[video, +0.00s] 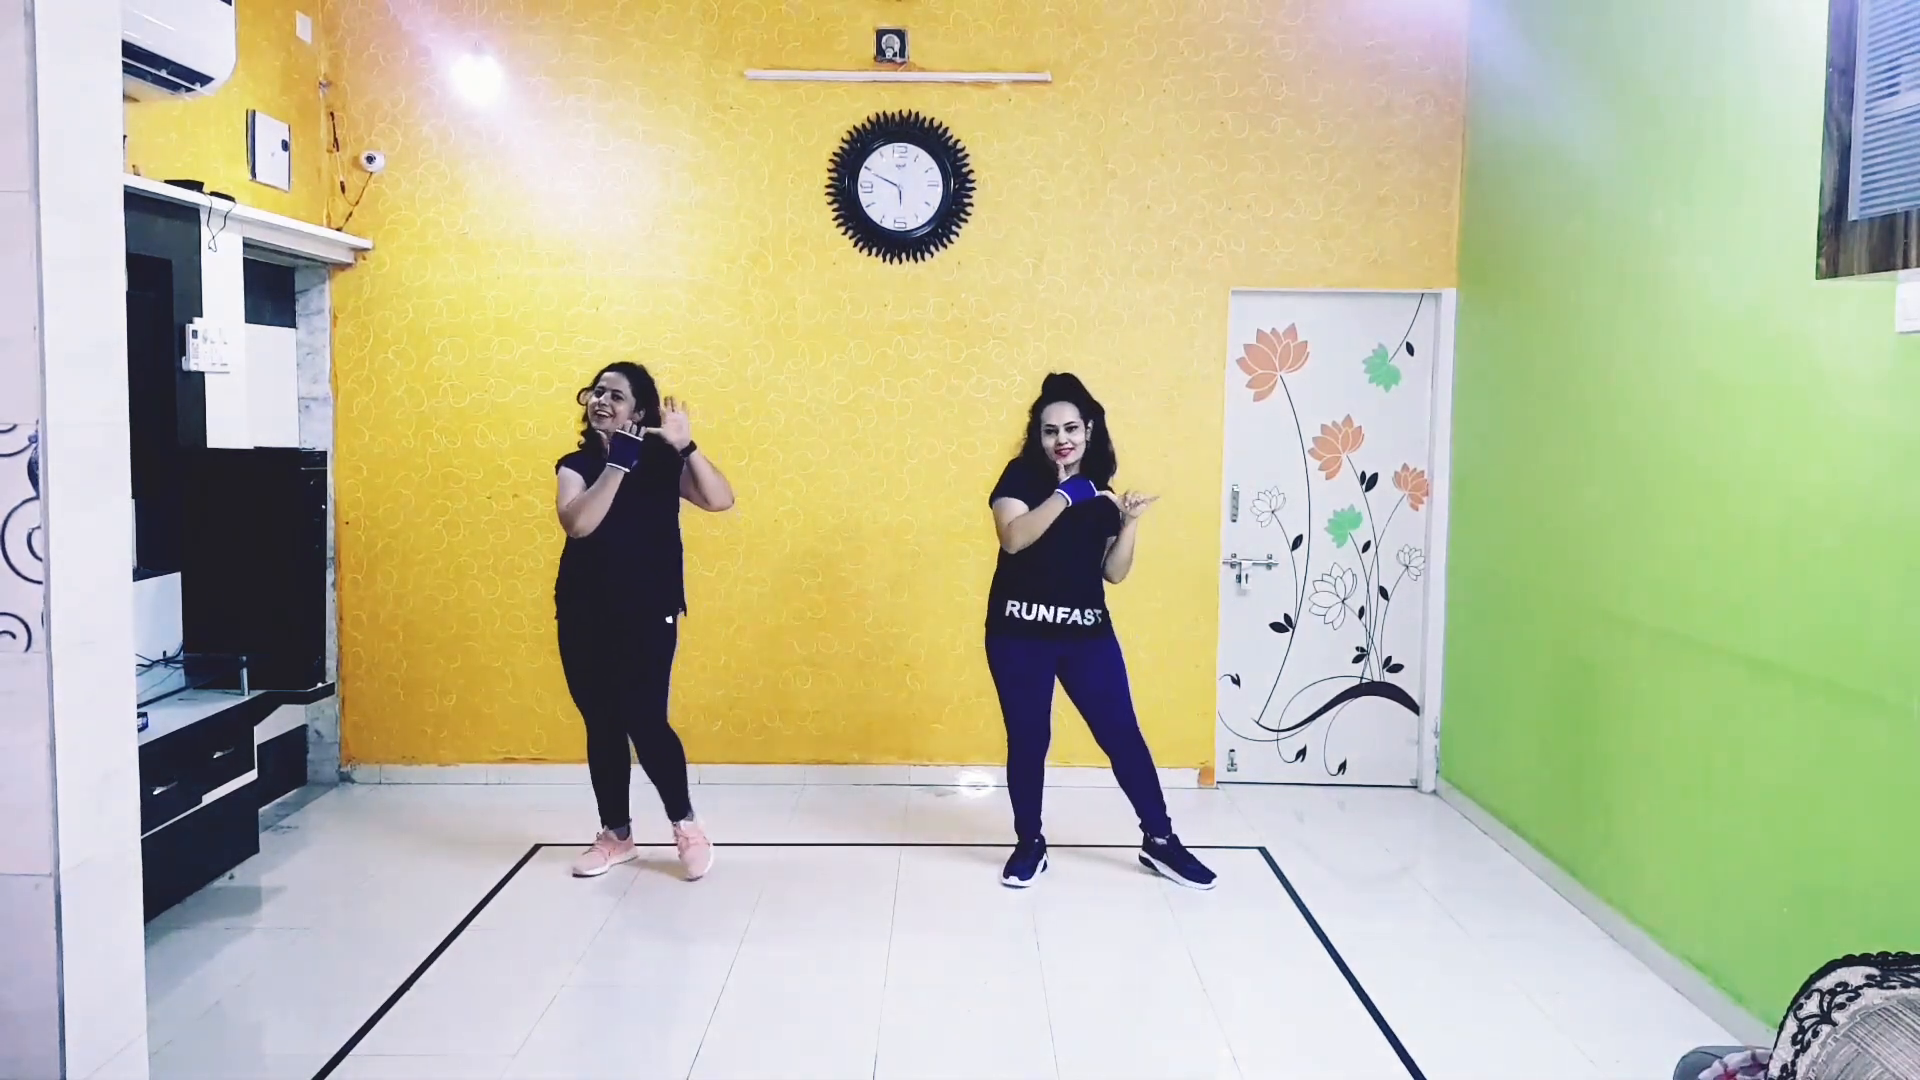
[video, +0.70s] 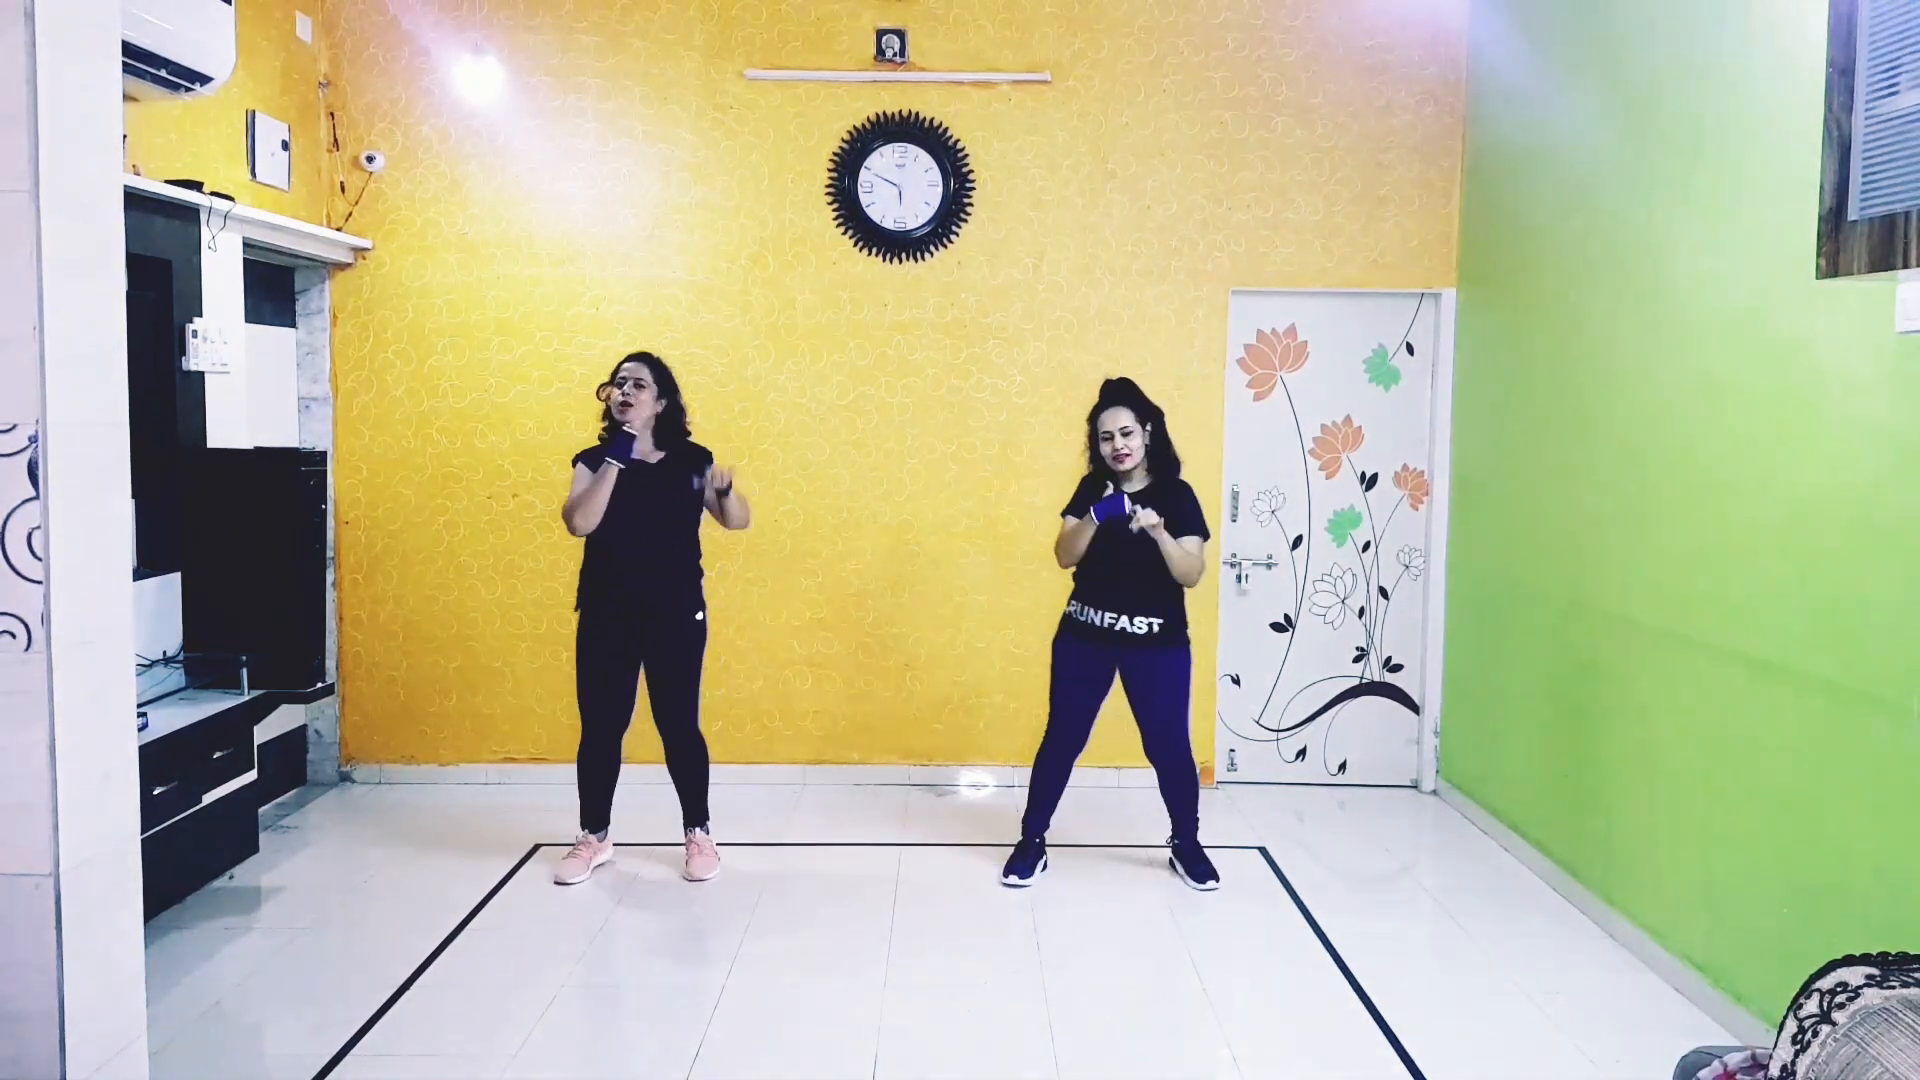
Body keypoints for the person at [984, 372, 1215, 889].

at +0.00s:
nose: (1063, 439)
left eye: (1072, 428)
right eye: (1051, 430)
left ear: (1089, 431)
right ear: (1037, 434)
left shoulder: (1101, 496)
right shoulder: (1019, 477)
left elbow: (1115, 573)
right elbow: (1012, 538)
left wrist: (1128, 525)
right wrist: (1063, 495)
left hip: (1086, 632)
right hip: (1019, 631)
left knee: (1123, 736)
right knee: (1027, 742)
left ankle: (1160, 838)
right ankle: (1029, 842)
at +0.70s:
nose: (1119, 445)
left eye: (1128, 433)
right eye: (1107, 437)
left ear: (1148, 434)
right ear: (1097, 443)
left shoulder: (1176, 494)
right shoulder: (1093, 488)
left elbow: (1191, 573)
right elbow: (1065, 557)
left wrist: (1160, 533)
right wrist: (1094, 516)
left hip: (1156, 643)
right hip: (1086, 635)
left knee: (1171, 750)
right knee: (1062, 739)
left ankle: (1187, 843)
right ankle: (1032, 840)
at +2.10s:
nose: (1063, 427)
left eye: (1072, 419)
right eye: (1051, 418)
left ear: (1082, 428)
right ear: (1031, 426)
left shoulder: (1089, 477)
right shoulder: (1012, 478)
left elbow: (1098, 550)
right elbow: (1009, 552)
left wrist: (1109, 613)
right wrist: (1048, 486)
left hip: (1095, 630)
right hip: (1030, 635)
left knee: (1130, 736)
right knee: (1033, 748)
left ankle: (1166, 837)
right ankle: (1030, 843)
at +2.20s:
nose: (1069, 427)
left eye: (1078, 418)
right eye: (1058, 417)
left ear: (1090, 427)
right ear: (1038, 424)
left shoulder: (1095, 478)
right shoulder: (1016, 475)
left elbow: (1100, 552)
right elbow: (1005, 545)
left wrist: (1111, 617)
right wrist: (1051, 484)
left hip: (1090, 628)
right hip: (1025, 632)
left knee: (1127, 737)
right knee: (1030, 745)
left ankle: (1164, 837)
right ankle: (1030, 843)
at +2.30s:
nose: (1075, 428)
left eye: (1085, 419)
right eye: (1064, 418)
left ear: (1098, 428)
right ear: (1046, 425)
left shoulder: (1101, 486)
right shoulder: (1023, 471)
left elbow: (1108, 565)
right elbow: (1002, 539)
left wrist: (1120, 633)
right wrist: (1052, 483)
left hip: (1089, 630)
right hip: (1022, 631)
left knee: (1126, 735)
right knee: (1029, 744)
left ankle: (1163, 837)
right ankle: (1030, 843)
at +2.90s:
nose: (1128, 437)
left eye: (1139, 426)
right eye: (1118, 429)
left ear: (1161, 433)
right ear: (1107, 438)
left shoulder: (1179, 504)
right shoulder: (1095, 485)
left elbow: (1191, 590)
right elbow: (1057, 540)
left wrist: (1200, 664)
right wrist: (1097, 487)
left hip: (1142, 645)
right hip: (1072, 634)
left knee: (1159, 752)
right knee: (1053, 742)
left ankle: (1188, 840)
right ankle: (1031, 842)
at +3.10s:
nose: (1146, 437)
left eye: (1158, 426)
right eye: (1137, 429)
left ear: (1182, 433)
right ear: (1127, 439)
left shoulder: (1205, 504)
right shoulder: (1121, 490)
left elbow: (1222, 583)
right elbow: (1083, 547)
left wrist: (1235, 658)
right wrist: (1120, 491)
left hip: (1175, 649)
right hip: (1105, 639)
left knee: (1180, 755)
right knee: (1070, 742)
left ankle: (1192, 844)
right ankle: (1033, 841)